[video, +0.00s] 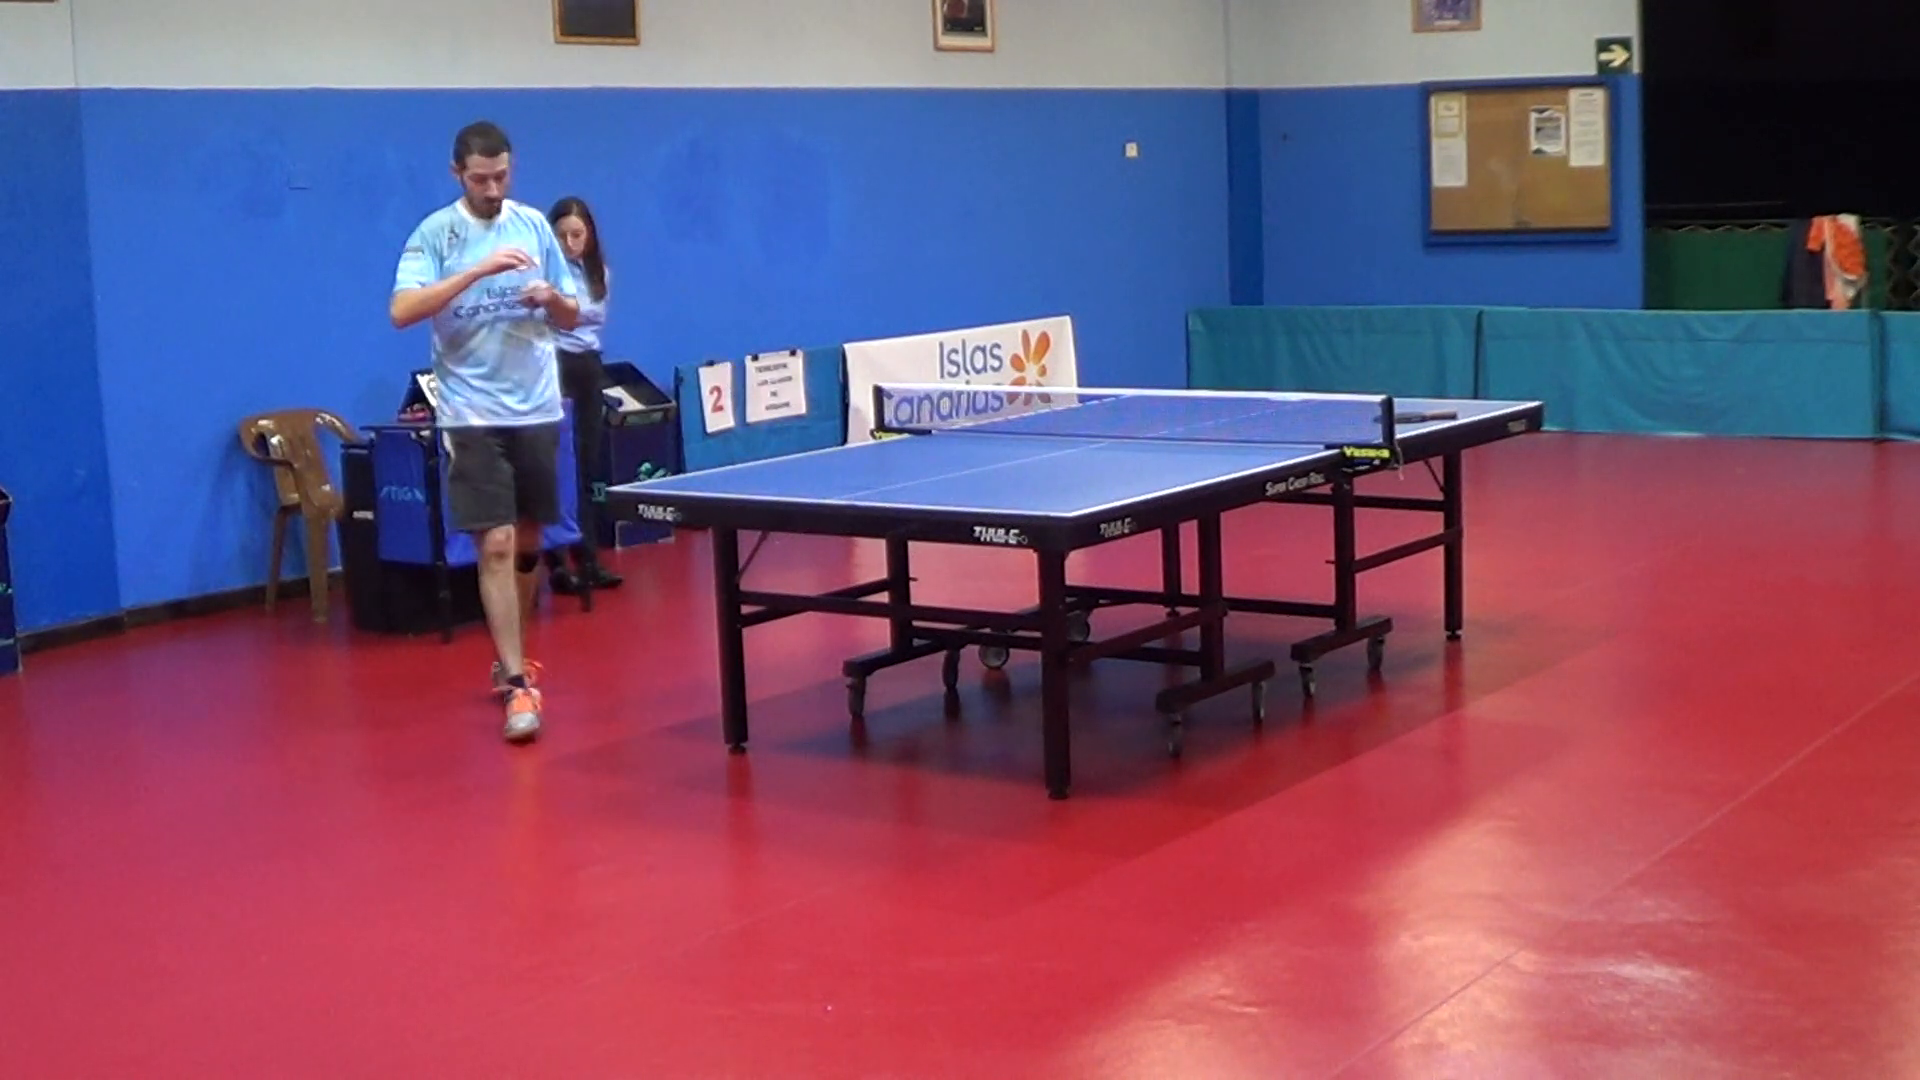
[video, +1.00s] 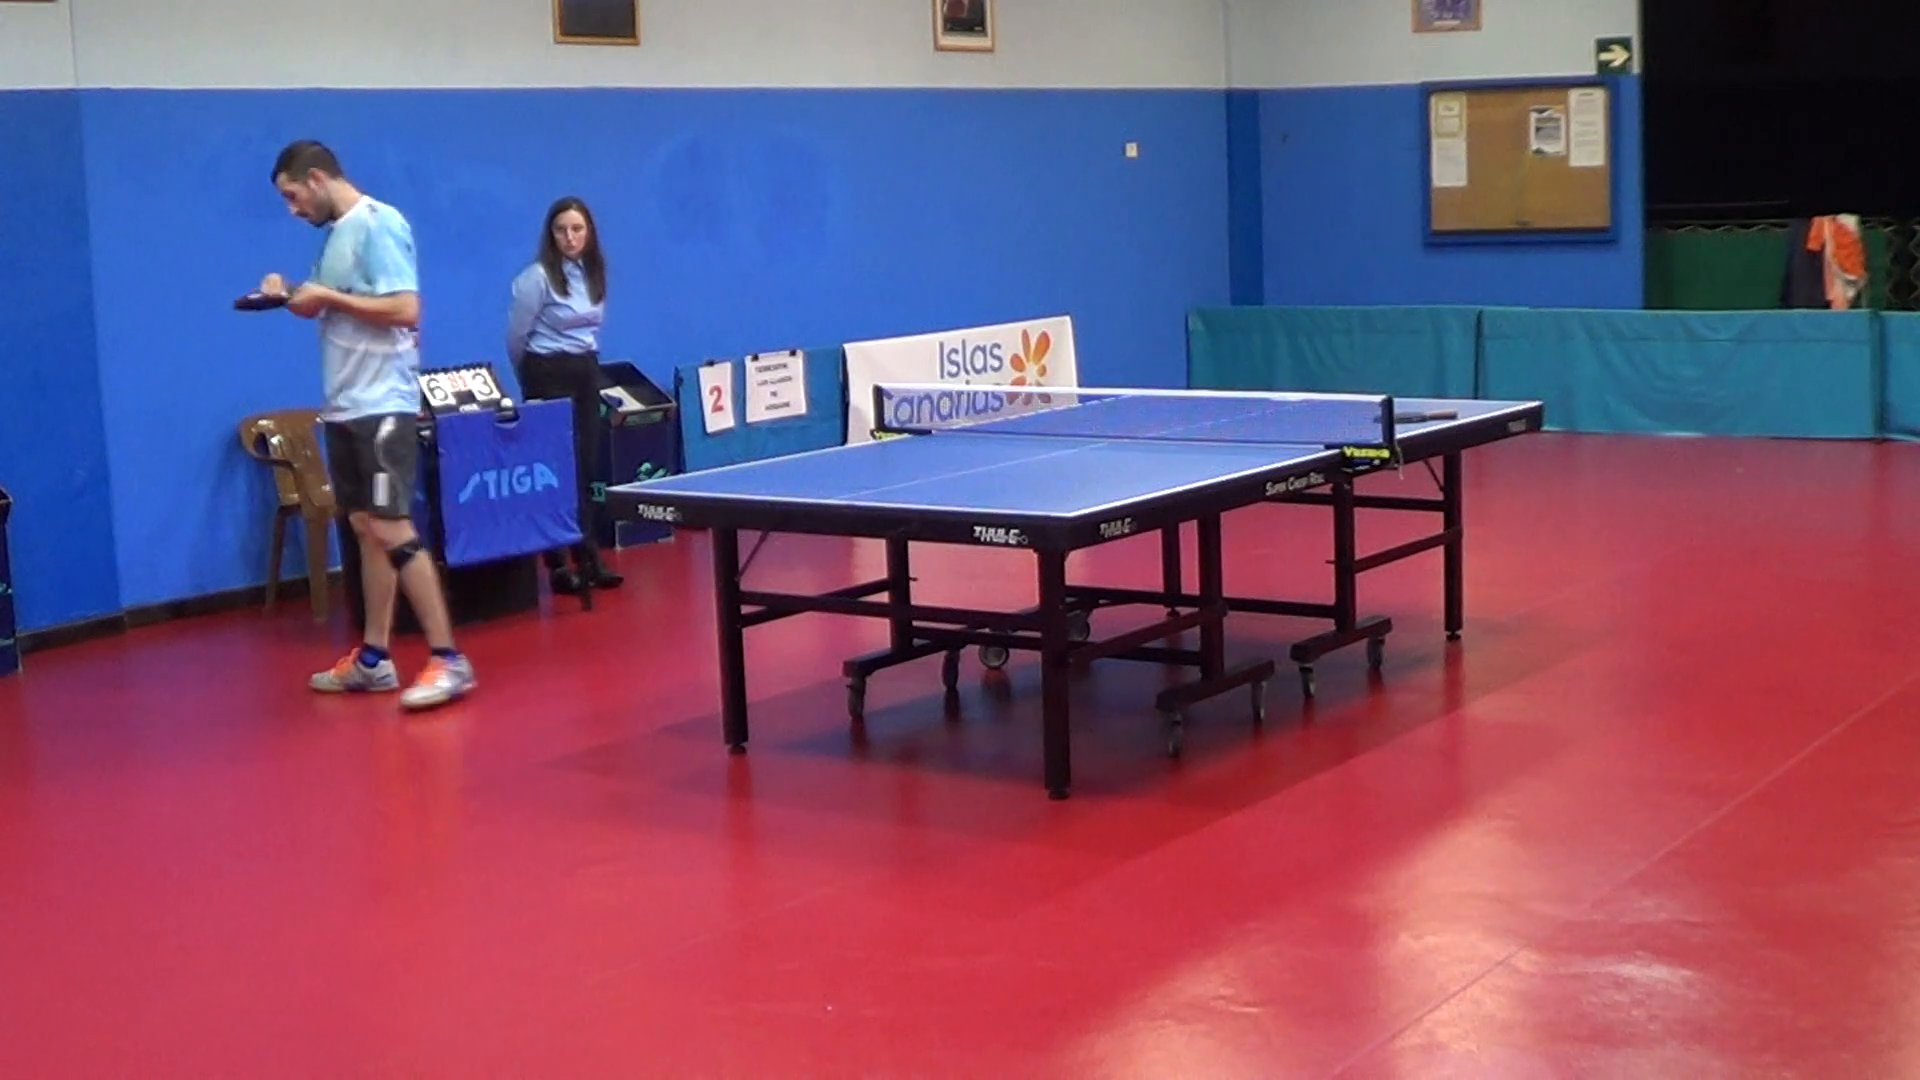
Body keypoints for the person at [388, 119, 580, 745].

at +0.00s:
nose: (492, 188)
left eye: (500, 177)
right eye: (482, 179)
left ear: (510, 169)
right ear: (459, 173)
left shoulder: (534, 225)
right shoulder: (434, 232)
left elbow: (571, 317)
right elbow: (402, 310)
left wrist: (551, 298)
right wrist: (475, 272)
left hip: (537, 407)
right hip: (472, 410)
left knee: (528, 546)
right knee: (497, 543)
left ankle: (514, 661)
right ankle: (517, 684)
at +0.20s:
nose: (472, 192)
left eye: (479, 180)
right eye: (461, 182)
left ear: (499, 168)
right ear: (448, 175)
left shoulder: (534, 226)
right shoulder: (429, 230)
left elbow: (572, 316)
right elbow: (381, 308)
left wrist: (530, 294)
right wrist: (451, 288)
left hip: (518, 404)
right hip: (451, 404)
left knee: (508, 539)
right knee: (463, 535)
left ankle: (508, 663)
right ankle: (476, 677)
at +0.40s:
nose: (447, 195)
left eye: (453, 183)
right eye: (436, 186)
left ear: (476, 169)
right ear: (426, 180)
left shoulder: (520, 224)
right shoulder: (412, 230)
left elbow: (558, 311)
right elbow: (347, 299)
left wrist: (505, 294)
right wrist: (394, 286)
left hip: (501, 407)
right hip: (431, 408)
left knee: (501, 535)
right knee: (419, 533)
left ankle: (507, 664)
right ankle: (412, 673)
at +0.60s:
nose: (398, 196)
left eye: (404, 182)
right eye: (389, 187)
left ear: (432, 168)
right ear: (384, 187)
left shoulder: (488, 223)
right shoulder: (389, 236)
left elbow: (531, 306)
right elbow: (335, 308)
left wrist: (458, 295)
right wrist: (341, 280)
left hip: (476, 407)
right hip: (407, 408)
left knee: (490, 530)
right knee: (386, 524)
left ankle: (506, 662)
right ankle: (378, 660)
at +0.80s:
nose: (336, 206)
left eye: (338, 192)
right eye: (330, 197)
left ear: (369, 175)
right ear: (350, 185)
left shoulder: (431, 223)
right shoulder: (360, 241)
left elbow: (465, 308)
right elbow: (321, 322)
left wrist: (383, 297)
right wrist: (315, 293)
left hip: (432, 412)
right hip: (376, 415)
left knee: (464, 535)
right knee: (382, 531)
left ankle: (501, 661)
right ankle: (375, 659)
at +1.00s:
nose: (293, 209)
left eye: (293, 196)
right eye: (287, 200)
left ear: (320, 178)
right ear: (314, 184)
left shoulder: (380, 224)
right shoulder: (334, 235)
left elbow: (406, 309)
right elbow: (334, 304)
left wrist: (329, 300)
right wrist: (288, 294)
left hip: (385, 406)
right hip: (347, 407)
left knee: (391, 528)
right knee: (365, 527)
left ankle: (449, 660)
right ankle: (374, 657)